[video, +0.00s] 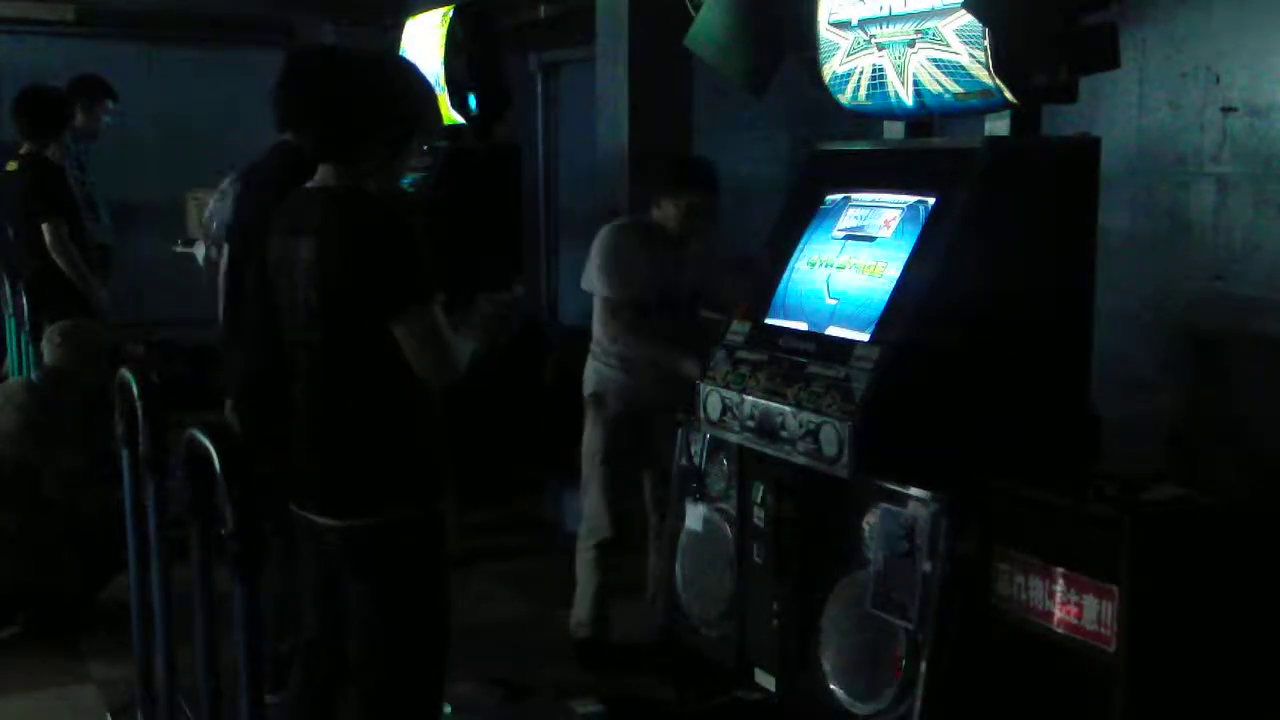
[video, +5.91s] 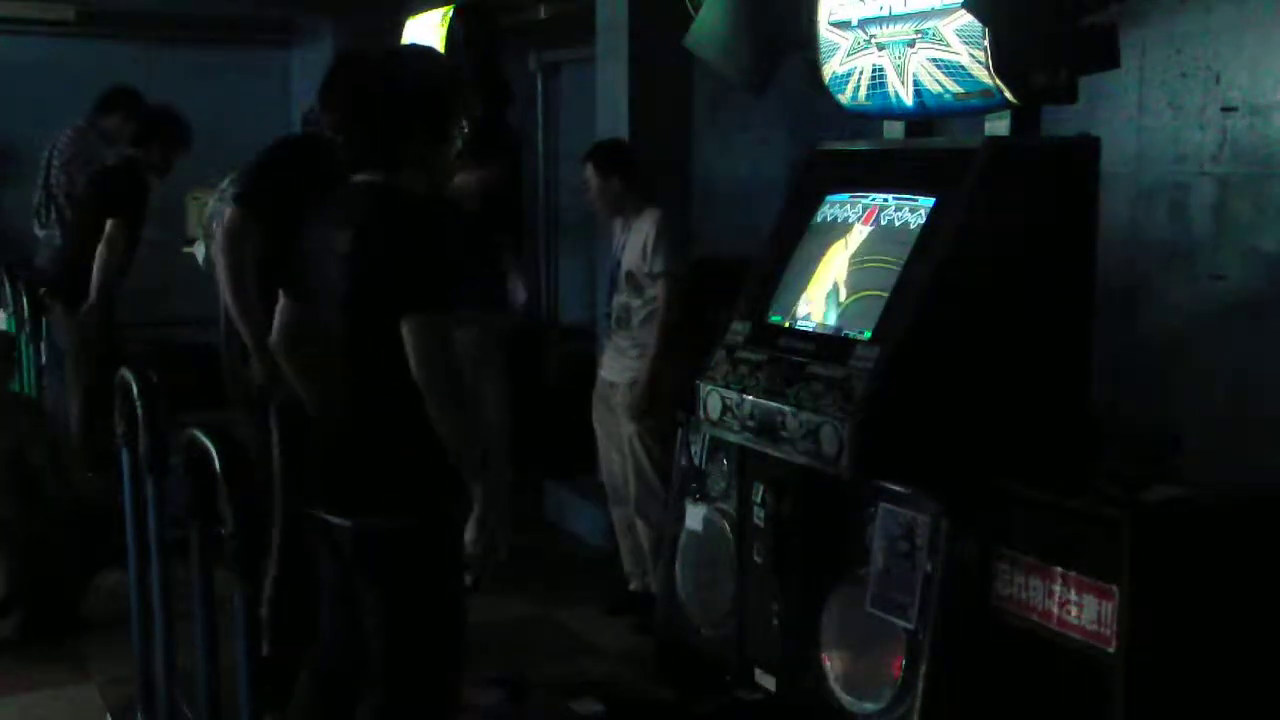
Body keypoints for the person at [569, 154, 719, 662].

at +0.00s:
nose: (696, 220)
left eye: (702, 210)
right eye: (689, 207)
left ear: (705, 210)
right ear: (664, 200)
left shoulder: (692, 252)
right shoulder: (618, 241)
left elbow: (699, 318)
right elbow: (612, 334)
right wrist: (683, 362)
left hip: (668, 393)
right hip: (615, 392)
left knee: (667, 512)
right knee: (605, 516)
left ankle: (666, 622)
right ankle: (589, 628)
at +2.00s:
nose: (724, 228)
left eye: (732, 220)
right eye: (719, 216)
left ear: (736, 222)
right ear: (698, 210)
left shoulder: (722, 259)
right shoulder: (650, 249)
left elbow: (730, 325)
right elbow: (645, 337)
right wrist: (697, 383)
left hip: (681, 395)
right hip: (629, 388)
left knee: (674, 511)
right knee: (612, 511)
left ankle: (664, 625)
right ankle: (590, 624)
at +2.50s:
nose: (693, 217)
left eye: (702, 208)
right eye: (688, 205)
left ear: (712, 208)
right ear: (669, 196)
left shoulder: (711, 246)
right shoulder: (624, 238)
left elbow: (726, 311)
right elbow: (593, 311)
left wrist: (699, 361)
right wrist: (637, 361)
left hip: (681, 386)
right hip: (623, 384)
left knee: (676, 499)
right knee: (606, 495)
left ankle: (668, 605)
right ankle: (597, 592)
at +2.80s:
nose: (622, 209)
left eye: (630, 199)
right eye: (614, 199)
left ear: (651, 195)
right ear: (606, 197)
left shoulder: (676, 241)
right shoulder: (594, 232)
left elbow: (708, 312)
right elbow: (572, 299)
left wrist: (676, 370)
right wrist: (592, 359)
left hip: (657, 385)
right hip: (603, 383)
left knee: (665, 503)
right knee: (595, 498)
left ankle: (667, 607)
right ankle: (604, 594)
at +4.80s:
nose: (581, 215)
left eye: (584, 204)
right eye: (576, 206)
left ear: (607, 193)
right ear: (594, 201)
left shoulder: (651, 230)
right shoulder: (615, 233)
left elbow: (678, 303)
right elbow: (625, 305)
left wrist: (685, 378)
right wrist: (617, 356)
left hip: (649, 374)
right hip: (617, 370)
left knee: (641, 487)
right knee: (618, 484)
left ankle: (654, 598)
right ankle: (634, 586)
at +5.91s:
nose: (589, 195)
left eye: (593, 184)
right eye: (588, 185)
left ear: (618, 183)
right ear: (609, 184)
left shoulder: (654, 228)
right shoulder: (623, 231)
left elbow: (665, 311)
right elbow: (629, 310)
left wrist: (648, 381)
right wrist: (609, 368)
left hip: (638, 383)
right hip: (608, 379)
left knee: (646, 491)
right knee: (618, 487)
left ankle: (659, 588)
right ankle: (635, 582)